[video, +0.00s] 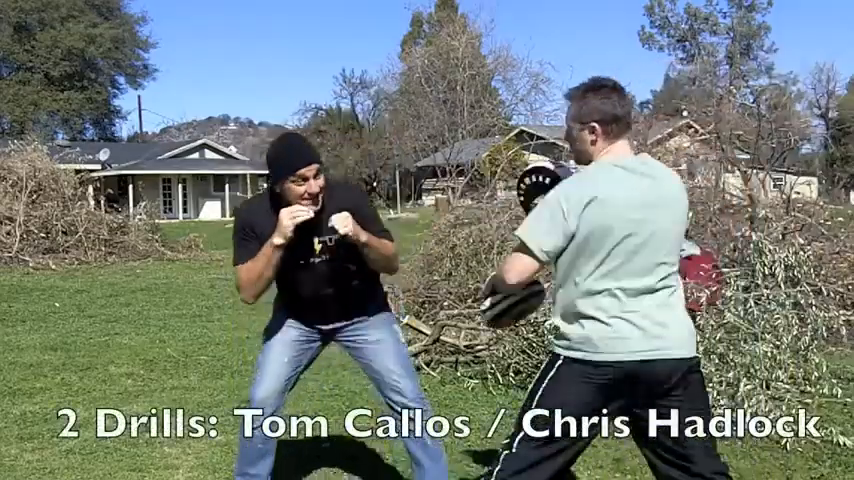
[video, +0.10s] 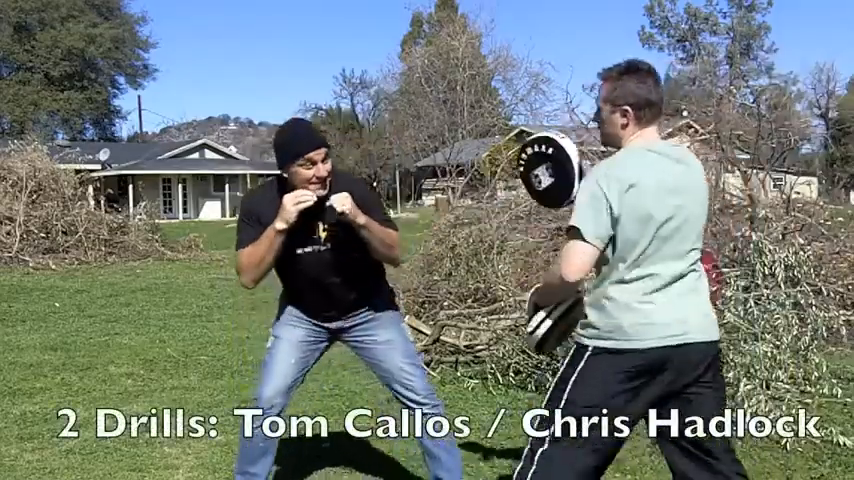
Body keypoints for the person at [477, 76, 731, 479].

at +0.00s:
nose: (568, 141)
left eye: (570, 132)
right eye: (567, 131)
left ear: (594, 133)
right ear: (626, 127)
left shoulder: (576, 189)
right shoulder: (672, 184)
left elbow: (515, 273)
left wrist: (497, 288)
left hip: (590, 358)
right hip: (672, 356)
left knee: (524, 468)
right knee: (700, 470)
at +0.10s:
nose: (596, 120)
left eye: (601, 109)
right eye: (598, 109)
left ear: (625, 116)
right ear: (653, 112)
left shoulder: (607, 175)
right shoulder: (690, 166)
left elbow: (573, 270)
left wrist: (543, 293)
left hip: (620, 343)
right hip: (695, 338)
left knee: (557, 455)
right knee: (709, 458)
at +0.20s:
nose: (613, 109)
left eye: (618, 99)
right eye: (614, 98)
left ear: (643, 106)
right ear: (668, 104)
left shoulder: (630, 164)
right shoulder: (704, 159)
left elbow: (610, 262)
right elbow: (663, 218)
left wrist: (573, 295)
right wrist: (594, 186)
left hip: (636, 340)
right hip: (710, 333)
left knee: (577, 461)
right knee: (714, 461)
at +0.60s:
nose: (649, 102)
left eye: (655, 93)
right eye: (652, 92)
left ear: (681, 101)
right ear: (705, 101)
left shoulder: (655, 156)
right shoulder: (727, 156)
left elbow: (623, 253)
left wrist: (591, 294)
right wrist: (632, 163)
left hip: (647, 340)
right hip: (719, 335)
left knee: (595, 462)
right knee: (723, 460)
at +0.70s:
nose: (649, 104)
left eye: (654, 95)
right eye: (651, 93)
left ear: (676, 105)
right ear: (707, 107)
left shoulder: (637, 157)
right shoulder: (734, 172)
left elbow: (597, 244)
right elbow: (737, 249)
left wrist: (577, 299)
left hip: (629, 342)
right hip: (710, 344)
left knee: (579, 460)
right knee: (720, 463)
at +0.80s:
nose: (634, 110)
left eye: (637, 100)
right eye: (637, 100)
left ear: (651, 106)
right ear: (692, 111)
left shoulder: (611, 164)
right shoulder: (725, 179)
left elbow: (563, 239)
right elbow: (752, 281)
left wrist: (569, 304)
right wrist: (756, 323)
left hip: (612, 347)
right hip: (700, 349)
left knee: (567, 459)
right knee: (719, 465)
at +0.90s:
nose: (605, 125)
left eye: (607, 116)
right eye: (607, 116)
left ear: (619, 119)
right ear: (664, 121)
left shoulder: (585, 177)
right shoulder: (698, 184)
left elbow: (539, 252)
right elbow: (739, 275)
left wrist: (553, 310)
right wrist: (784, 344)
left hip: (595, 355)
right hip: (683, 356)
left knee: (554, 463)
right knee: (715, 468)